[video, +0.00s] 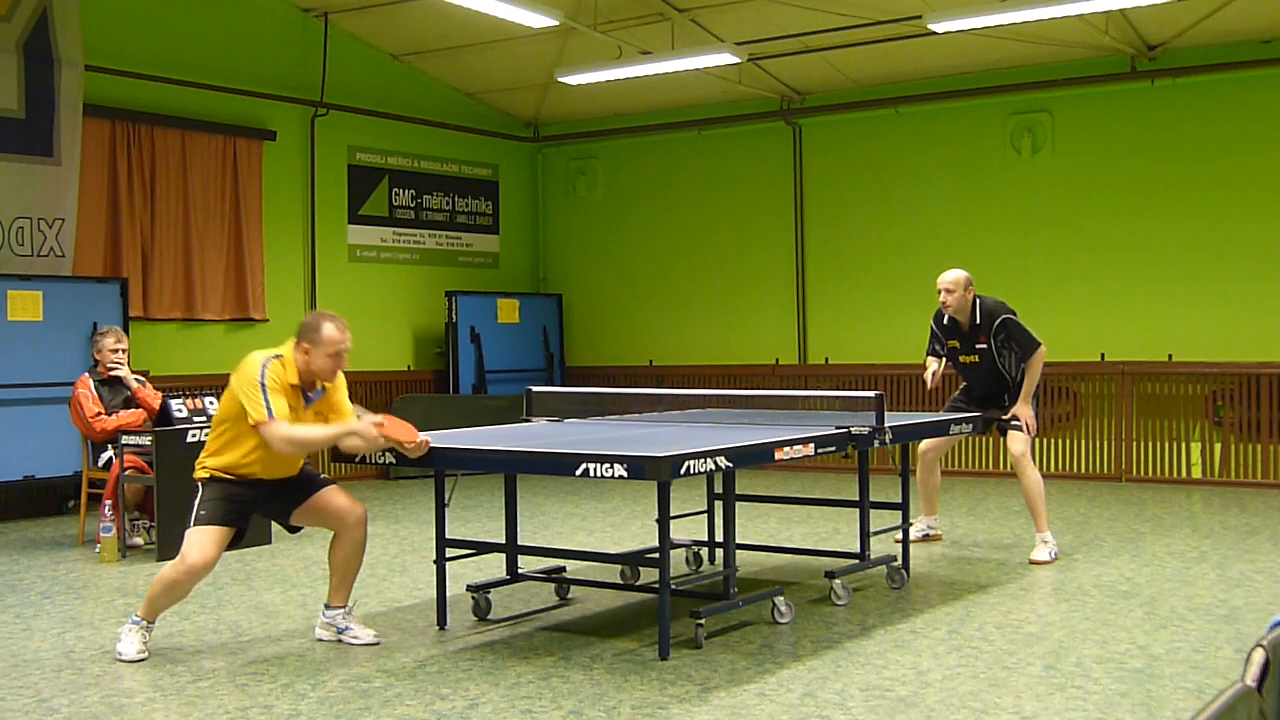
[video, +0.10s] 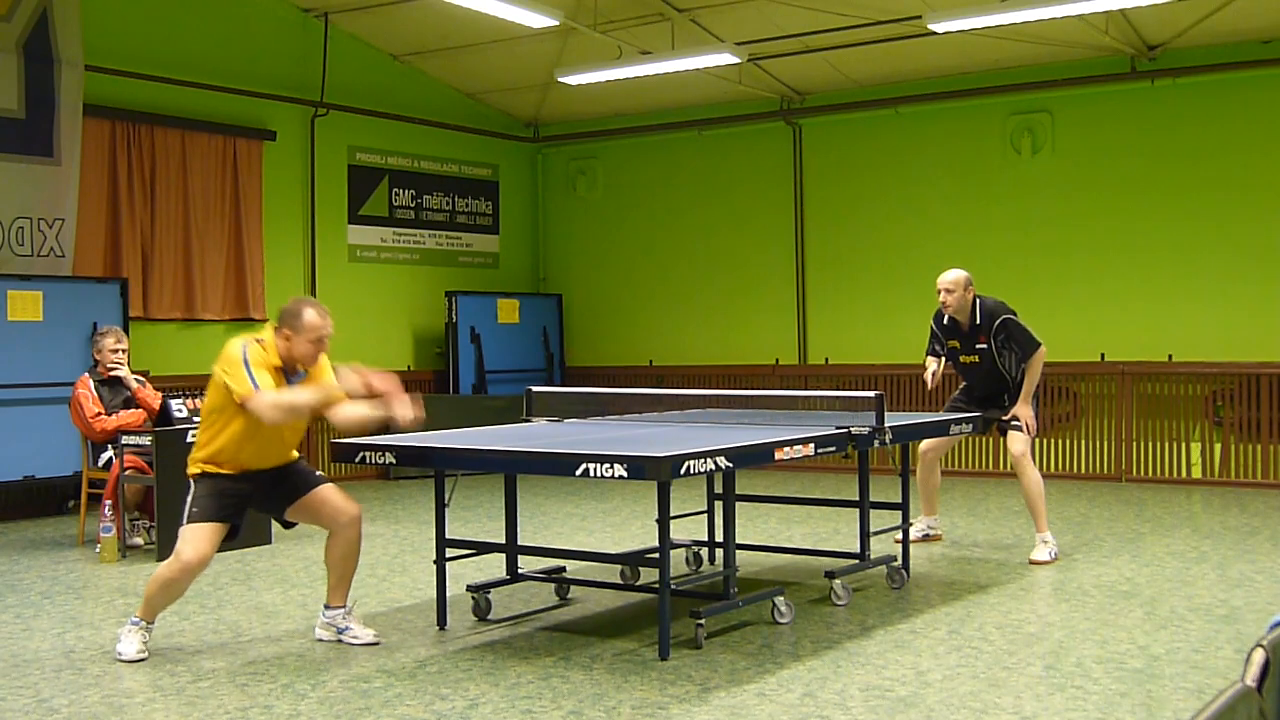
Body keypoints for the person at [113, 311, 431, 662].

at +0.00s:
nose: (342, 365)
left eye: (344, 356)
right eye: (335, 356)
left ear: (340, 353)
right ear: (304, 350)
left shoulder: (332, 379)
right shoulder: (259, 370)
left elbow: (347, 440)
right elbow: (280, 439)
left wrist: (394, 441)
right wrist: (347, 432)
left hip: (286, 474)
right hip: (227, 476)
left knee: (353, 516)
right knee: (196, 562)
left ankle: (335, 617)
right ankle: (141, 623)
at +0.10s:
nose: (323, 349)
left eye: (325, 342)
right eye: (317, 342)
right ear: (285, 336)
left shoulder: (315, 360)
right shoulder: (240, 353)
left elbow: (341, 415)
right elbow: (267, 409)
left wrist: (386, 407)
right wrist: (332, 389)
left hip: (278, 468)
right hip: (218, 472)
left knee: (347, 517)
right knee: (190, 559)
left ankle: (334, 616)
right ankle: (140, 624)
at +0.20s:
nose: (311, 335)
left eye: (313, 327)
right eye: (304, 326)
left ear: (314, 324)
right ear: (273, 320)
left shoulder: (305, 350)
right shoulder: (228, 337)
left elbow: (335, 398)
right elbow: (244, 388)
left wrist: (368, 374)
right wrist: (304, 357)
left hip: (273, 461)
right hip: (213, 466)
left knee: (340, 515)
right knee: (185, 556)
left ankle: (335, 617)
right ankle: (139, 625)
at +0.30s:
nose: (295, 303)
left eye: (297, 295)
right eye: (287, 295)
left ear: (297, 294)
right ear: (255, 295)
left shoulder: (293, 329)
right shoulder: (213, 317)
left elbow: (323, 380)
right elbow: (182, 357)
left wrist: (349, 349)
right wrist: (244, 338)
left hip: (268, 452)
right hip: (203, 456)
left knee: (332, 517)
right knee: (177, 550)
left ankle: (334, 617)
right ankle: (137, 625)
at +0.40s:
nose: (292, 291)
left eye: (293, 282)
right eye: (283, 284)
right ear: (251, 286)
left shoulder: (289, 323)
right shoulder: (206, 308)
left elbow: (318, 379)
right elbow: (145, 334)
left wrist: (342, 358)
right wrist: (206, 323)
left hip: (265, 448)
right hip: (199, 451)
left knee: (327, 517)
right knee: (174, 548)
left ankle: (333, 616)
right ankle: (135, 626)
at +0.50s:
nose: (301, 290)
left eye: (303, 282)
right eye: (292, 283)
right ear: (259, 284)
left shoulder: (295, 329)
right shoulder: (207, 303)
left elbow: (315, 385)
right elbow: (127, 306)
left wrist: (339, 374)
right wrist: (156, 299)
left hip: (262, 449)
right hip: (196, 450)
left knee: (325, 517)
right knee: (172, 547)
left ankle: (332, 616)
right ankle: (135, 626)